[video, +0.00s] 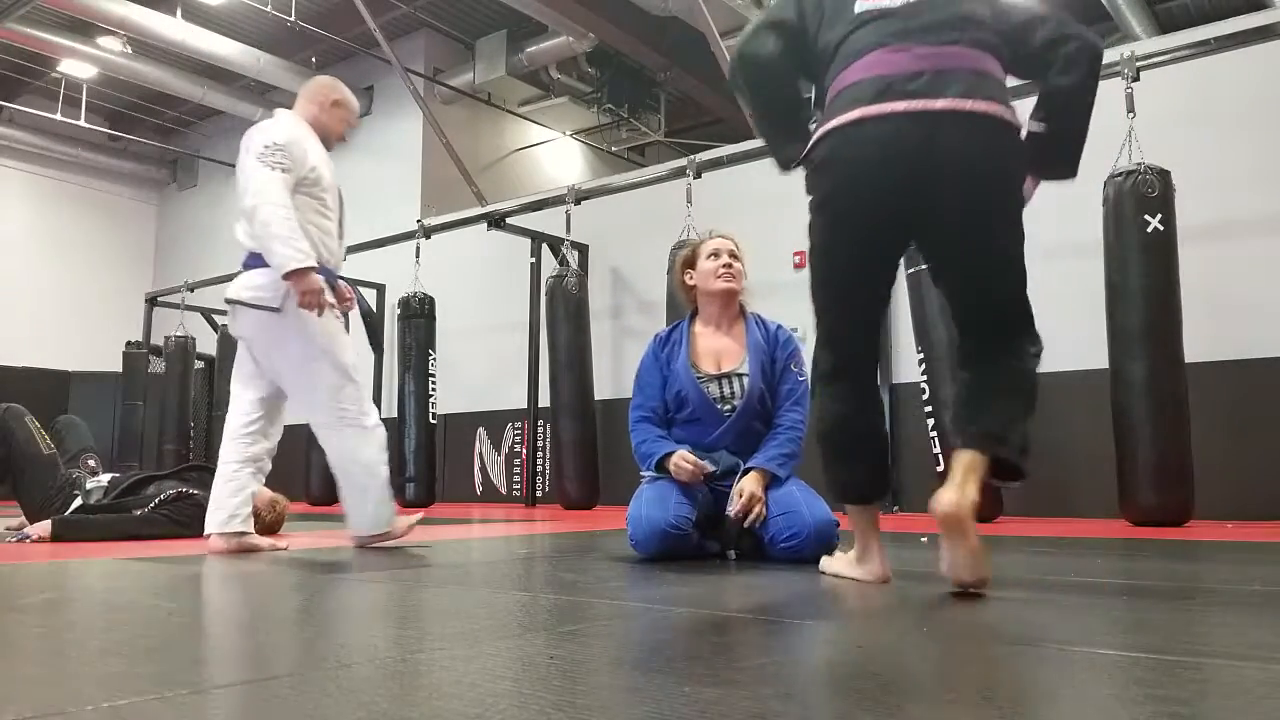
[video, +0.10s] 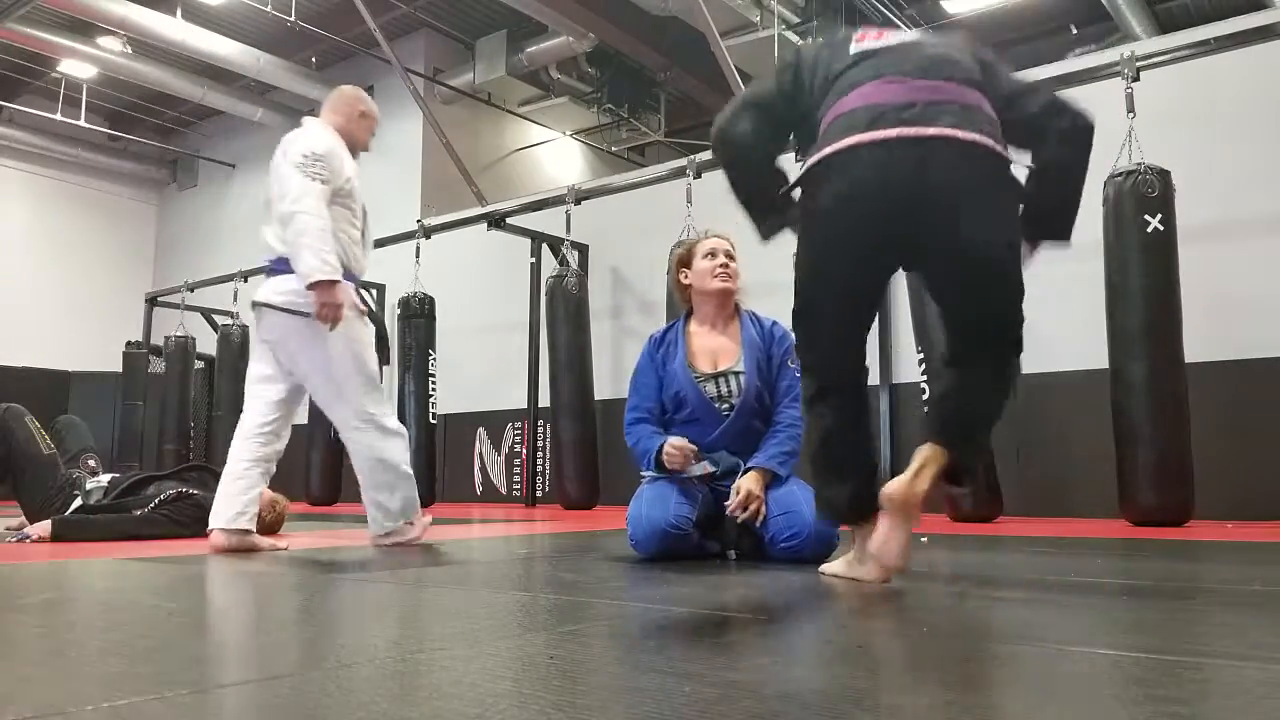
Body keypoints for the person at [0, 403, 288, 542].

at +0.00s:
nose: (250, 486)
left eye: (253, 492)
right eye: (254, 488)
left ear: (243, 510)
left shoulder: (198, 512)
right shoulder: (218, 485)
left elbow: (130, 524)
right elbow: (148, 488)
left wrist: (56, 527)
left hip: (68, 499)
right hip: (101, 485)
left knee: (12, 415)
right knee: (68, 421)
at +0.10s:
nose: (251, 489)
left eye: (255, 494)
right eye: (256, 490)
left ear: (247, 515)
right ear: (253, 511)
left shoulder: (198, 512)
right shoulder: (216, 486)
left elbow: (131, 524)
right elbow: (145, 492)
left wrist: (56, 527)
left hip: (68, 499)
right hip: (101, 486)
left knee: (12, 415)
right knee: (68, 421)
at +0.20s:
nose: (238, 479)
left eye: (245, 489)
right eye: (246, 483)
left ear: (243, 512)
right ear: (246, 509)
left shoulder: (198, 511)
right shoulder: (215, 489)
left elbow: (130, 524)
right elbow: (144, 494)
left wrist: (56, 527)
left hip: (67, 500)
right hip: (100, 486)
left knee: (12, 415)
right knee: (68, 421)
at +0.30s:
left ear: (232, 512)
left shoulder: (198, 513)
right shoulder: (215, 489)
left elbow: (130, 524)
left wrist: (55, 526)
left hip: (67, 505)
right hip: (99, 485)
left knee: (12, 414)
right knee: (69, 422)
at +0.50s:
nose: (249, 477)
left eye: (251, 489)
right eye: (257, 484)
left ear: (234, 512)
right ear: (237, 505)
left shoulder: (197, 513)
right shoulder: (217, 490)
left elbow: (130, 525)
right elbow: (154, 485)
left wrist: (55, 527)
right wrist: (111, 481)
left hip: (66, 500)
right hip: (99, 485)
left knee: (12, 415)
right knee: (68, 421)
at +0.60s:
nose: (247, 476)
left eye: (249, 488)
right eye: (255, 483)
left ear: (233, 510)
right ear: (235, 505)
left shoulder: (197, 513)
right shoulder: (217, 490)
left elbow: (130, 524)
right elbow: (156, 486)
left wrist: (56, 526)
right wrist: (113, 479)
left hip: (67, 500)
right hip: (99, 485)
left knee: (11, 415)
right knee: (68, 421)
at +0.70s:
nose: (248, 476)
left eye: (250, 488)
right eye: (256, 483)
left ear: (233, 511)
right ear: (235, 505)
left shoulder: (197, 513)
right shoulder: (216, 490)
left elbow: (129, 525)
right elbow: (154, 487)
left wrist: (56, 527)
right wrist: (115, 481)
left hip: (68, 501)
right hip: (99, 485)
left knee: (11, 415)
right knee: (68, 422)